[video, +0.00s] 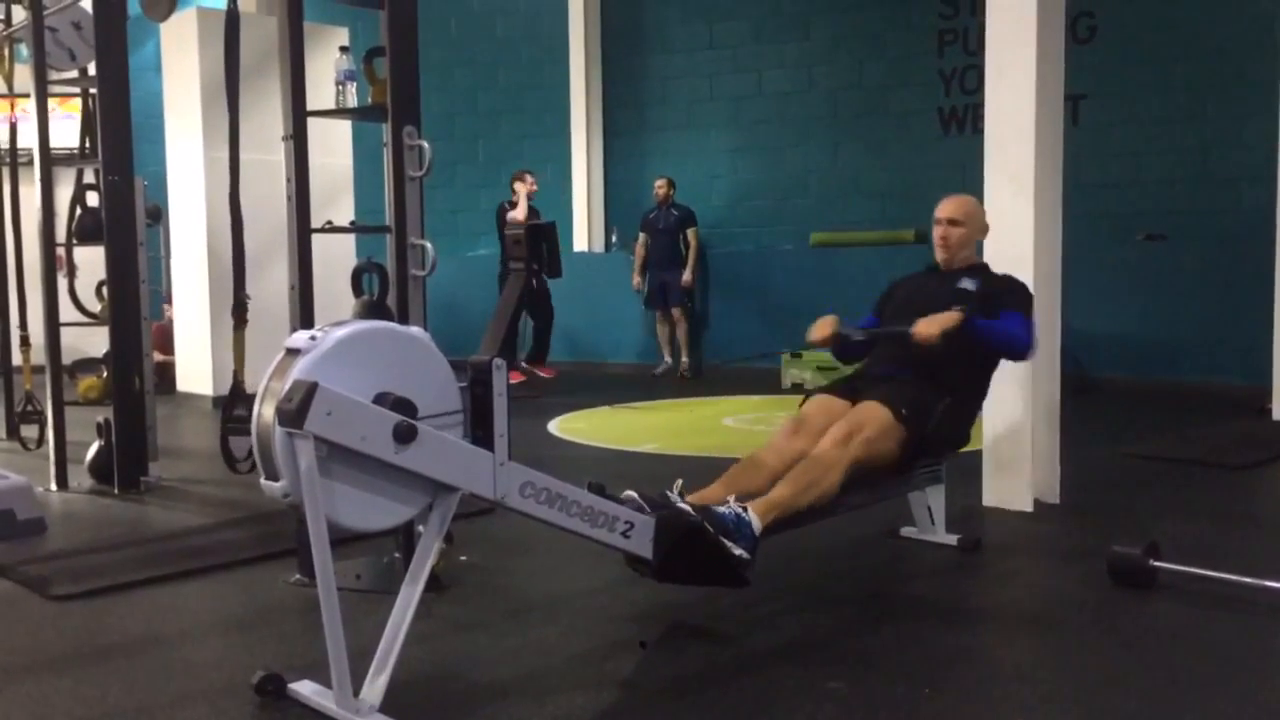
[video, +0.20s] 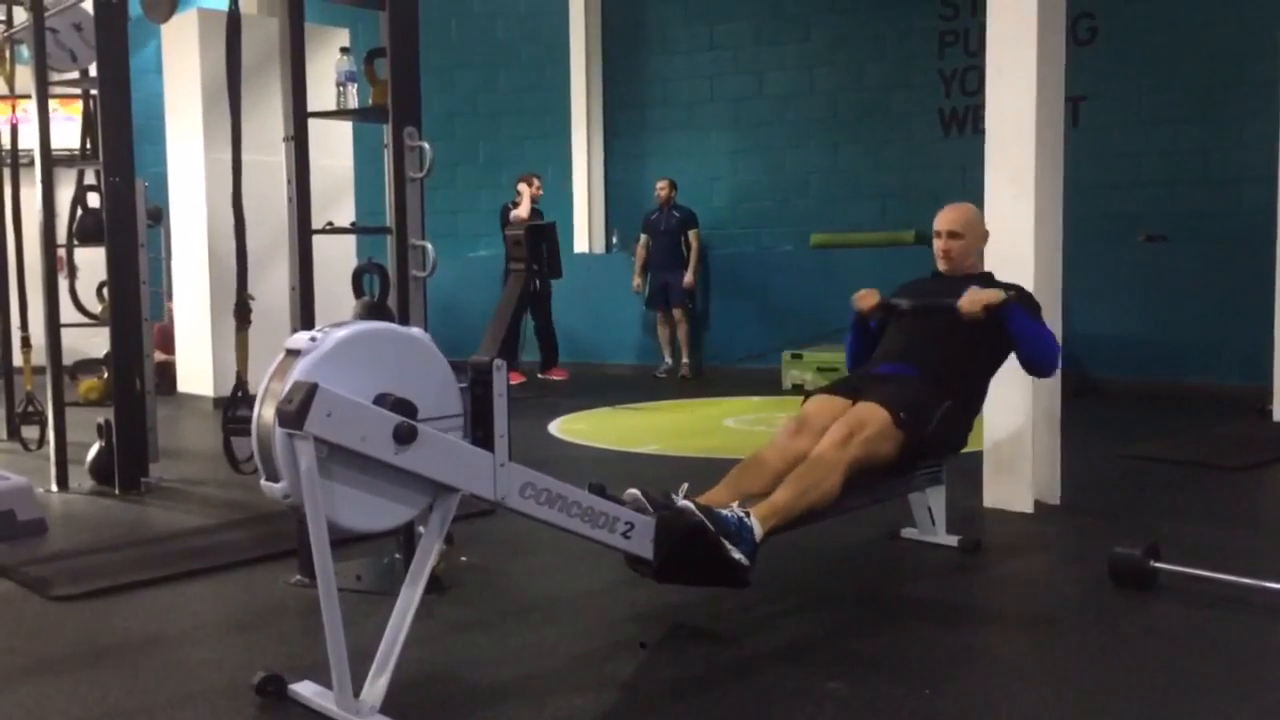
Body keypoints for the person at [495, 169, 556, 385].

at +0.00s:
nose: (535, 187)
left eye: (535, 184)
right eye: (530, 184)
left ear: (533, 187)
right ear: (518, 187)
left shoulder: (534, 212)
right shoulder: (505, 208)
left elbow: (538, 241)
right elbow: (519, 217)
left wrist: (543, 265)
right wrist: (521, 194)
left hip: (533, 272)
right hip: (512, 273)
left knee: (545, 316)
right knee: (510, 319)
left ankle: (536, 362)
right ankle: (509, 366)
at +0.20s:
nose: (540, 192)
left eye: (540, 188)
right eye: (537, 188)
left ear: (536, 191)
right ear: (523, 189)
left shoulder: (537, 214)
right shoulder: (508, 209)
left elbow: (543, 243)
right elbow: (522, 215)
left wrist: (548, 269)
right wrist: (525, 193)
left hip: (539, 273)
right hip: (517, 273)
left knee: (544, 322)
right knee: (512, 322)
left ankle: (549, 366)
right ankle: (510, 368)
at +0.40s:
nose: (548, 196)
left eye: (549, 192)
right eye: (546, 192)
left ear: (545, 193)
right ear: (535, 190)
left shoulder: (544, 214)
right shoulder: (516, 209)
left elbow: (551, 246)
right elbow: (529, 217)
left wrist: (555, 273)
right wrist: (533, 195)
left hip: (545, 277)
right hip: (524, 277)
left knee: (543, 325)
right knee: (516, 324)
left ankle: (548, 367)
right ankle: (510, 368)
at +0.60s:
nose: (557, 200)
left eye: (559, 197)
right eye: (556, 195)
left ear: (557, 198)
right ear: (544, 192)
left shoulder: (554, 215)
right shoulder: (525, 208)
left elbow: (554, 246)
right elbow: (536, 216)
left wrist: (557, 272)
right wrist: (543, 196)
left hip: (552, 274)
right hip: (531, 274)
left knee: (548, 322)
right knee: (524, 321)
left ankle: (548, 364)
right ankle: (515, 365)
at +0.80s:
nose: (566, 203)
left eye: (568, 200)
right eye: (566, 198)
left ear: (563, 197)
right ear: (557, 191)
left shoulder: (558, 213)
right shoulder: (531, 205)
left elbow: (555, 243)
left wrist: (559, 270)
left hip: (554, 271)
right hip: (535, 271)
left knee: (551, 319)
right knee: (531, 319)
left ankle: (549, 362)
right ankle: (526, 363)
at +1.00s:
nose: (571, 204)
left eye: (573, 200)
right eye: (570, 199)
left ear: (563, 195)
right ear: (561, 194)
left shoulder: (558, 213)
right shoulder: (534, 206)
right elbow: (530, 242)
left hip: (554, 272)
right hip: (535, 273)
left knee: (550, 321)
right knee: (532, 320)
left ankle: (546, 362)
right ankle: (526, 363)